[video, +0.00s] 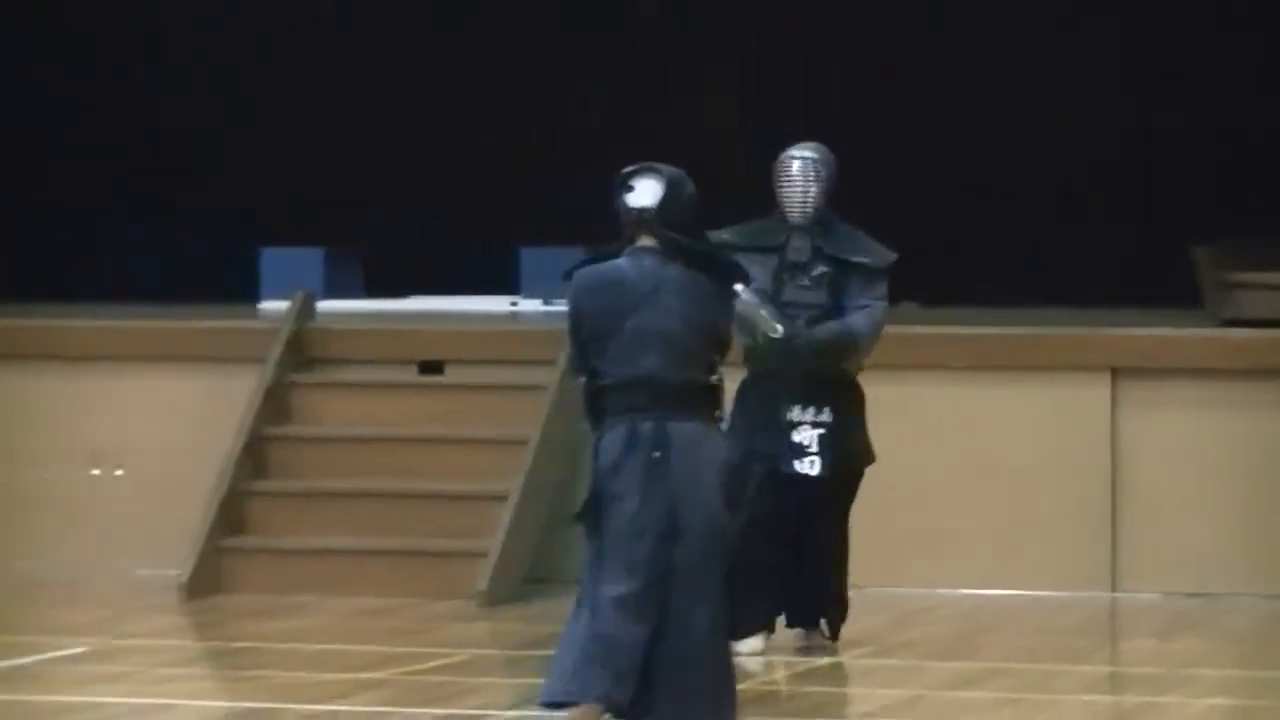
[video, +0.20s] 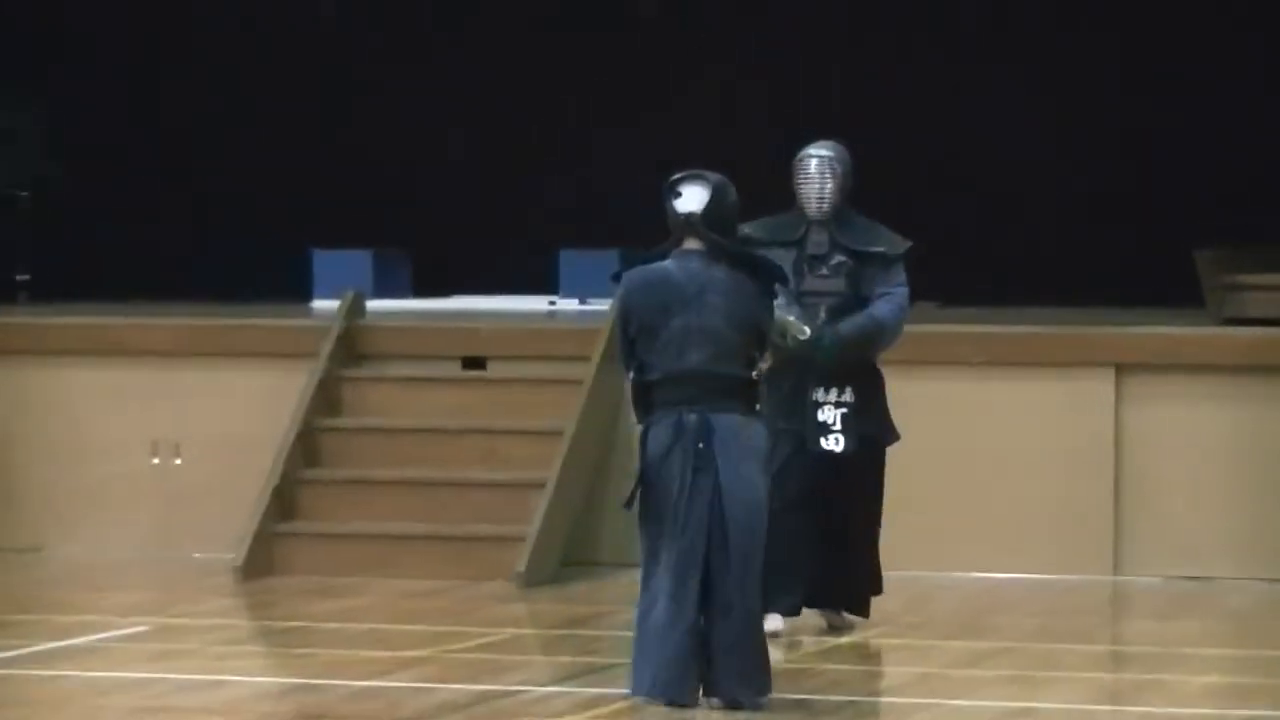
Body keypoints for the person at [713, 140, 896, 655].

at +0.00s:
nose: (799, 190)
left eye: (809, 179)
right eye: (790, 178)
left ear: (826, 186)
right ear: (777, 183)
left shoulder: (859, 256)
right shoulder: (743, 248)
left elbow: (864, 328)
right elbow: (738, 318)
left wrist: (793, 341)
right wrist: (812, 345)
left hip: (831, 395)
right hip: (764, 395)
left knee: (824, 513)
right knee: (755, 509)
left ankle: (815, 623)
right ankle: (750, 628)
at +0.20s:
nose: (816, 185)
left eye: (826, 175)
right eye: (808, 174)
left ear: (843, 182)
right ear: (795, 179)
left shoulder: (876, 246)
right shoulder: (761, 241)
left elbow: (891, 310)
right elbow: (739, 299)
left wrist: (832, 341)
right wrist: (780, 331)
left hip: (851, 386)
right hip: (785, 388)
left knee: (848, 495)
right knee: (784, 494)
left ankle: (837, 600)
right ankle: (777, 604)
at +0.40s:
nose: (795, 197)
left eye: (804, 187)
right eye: (788, 187)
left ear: (822, 193)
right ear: (776, 192)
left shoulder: (852, 250)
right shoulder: (748, 247)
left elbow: (861, 313)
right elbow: (729, 305)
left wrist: (808, 346)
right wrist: (764, 343)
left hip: (829, 381)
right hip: (769, 383)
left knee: (837, 484)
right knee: (775, 486)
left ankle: (831, 586)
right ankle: (776, 594)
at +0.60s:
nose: (778, 203)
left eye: (787, 194)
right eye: (771, 194)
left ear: (803, 198)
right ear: (759, 198)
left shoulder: (830, 250)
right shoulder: (737, 248)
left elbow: (839, 307)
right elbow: (718, 304)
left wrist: (786, 341)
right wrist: (750, 340)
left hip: (807, 377)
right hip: (751, 378)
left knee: (816, 477)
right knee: (757, 479)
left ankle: (818, 577)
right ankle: (759, 586)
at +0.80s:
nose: (768, 214)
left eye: (776, 204)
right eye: (760, 204)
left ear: (789, 208)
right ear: (748, 208)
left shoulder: (815, 261)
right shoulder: (729, 257)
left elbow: (821, 320)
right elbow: (710, 311)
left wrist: (771, 351)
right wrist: (742, 347)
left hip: (790, 382)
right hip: (739, 381)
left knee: (797, 478)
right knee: (750, 478)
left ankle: (805, 574)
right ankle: (760, 575)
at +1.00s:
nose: (762, 225)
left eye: (770, 216)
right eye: (755, 215)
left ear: (783, 221)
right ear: (743, 220)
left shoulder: (807, 272)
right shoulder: (726, 270)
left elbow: (816, 325)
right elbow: (705, 319)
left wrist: (771, 357)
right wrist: (735, 358)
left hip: (785, 393)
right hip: (734, 394)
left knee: (790, 492)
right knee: (739, 491)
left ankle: (800, 578)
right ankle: (740, 582)